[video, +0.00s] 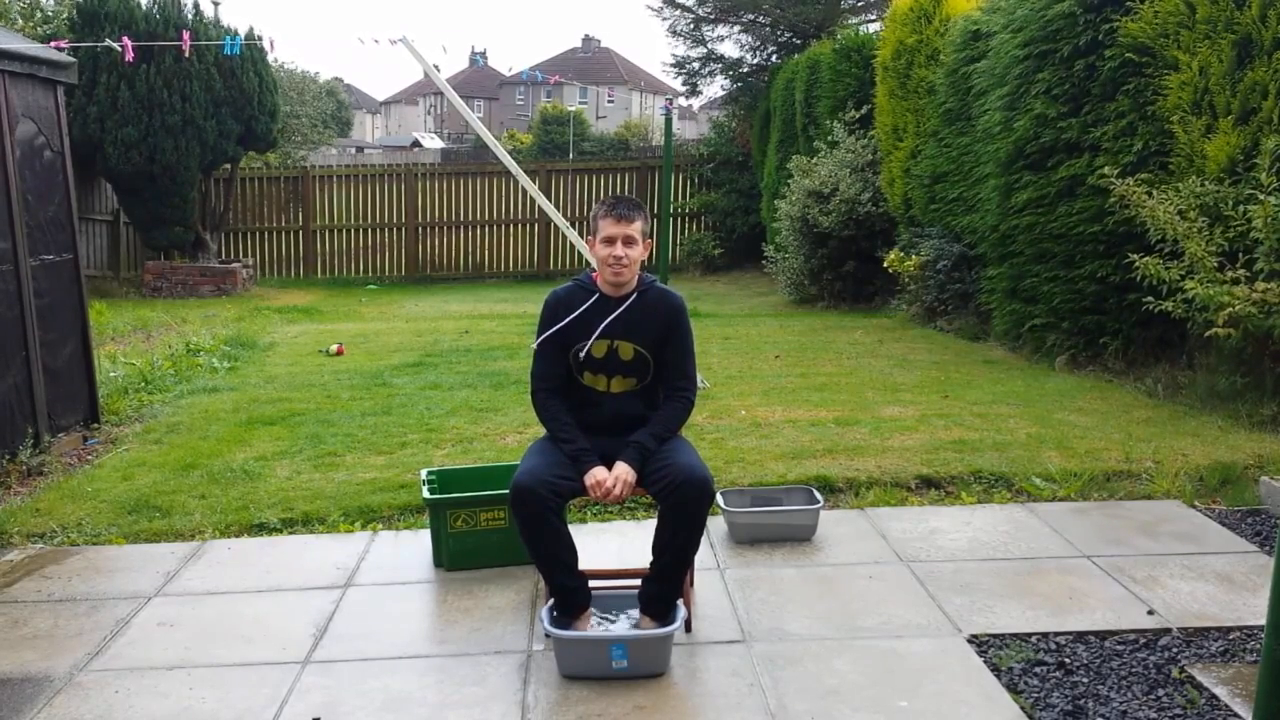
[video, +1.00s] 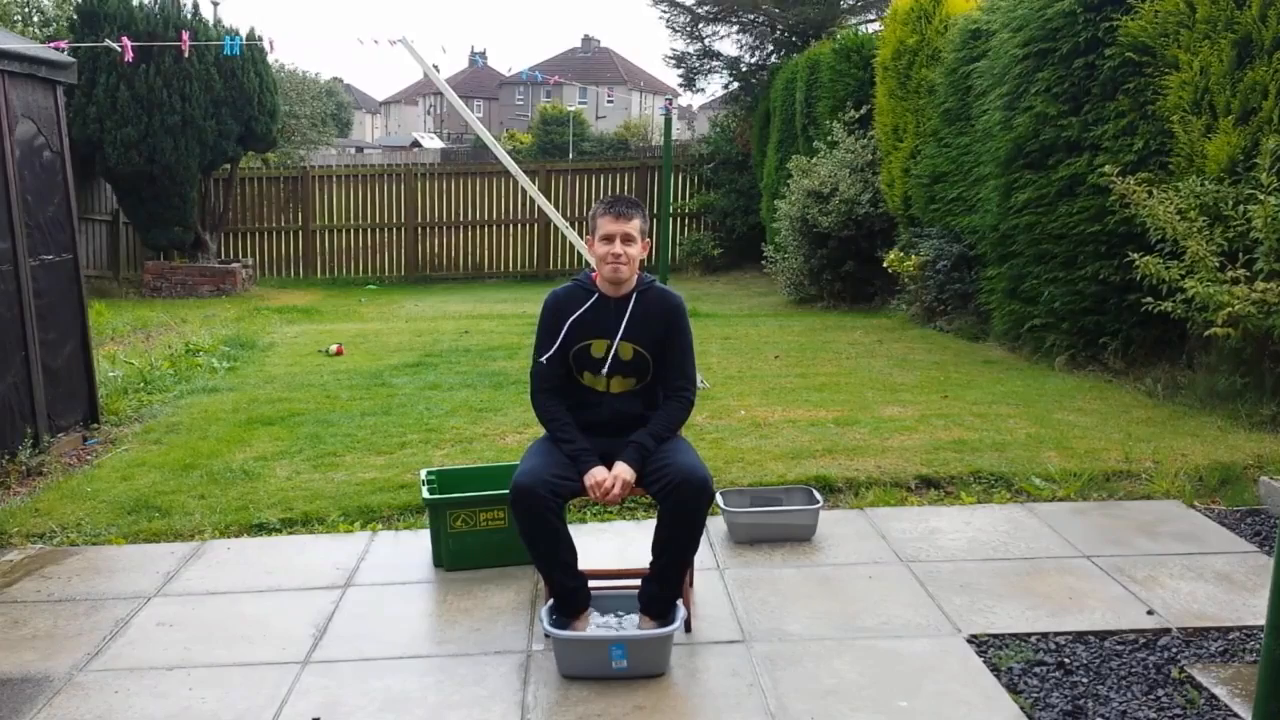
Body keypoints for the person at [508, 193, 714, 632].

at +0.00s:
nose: (618, 252)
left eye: (629, 242)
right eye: (608, 241)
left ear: (646, 249)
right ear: (590, 246)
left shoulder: (667, 307)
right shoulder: (562, 303)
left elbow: (681, 394)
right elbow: (545, 392)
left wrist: (633, 457)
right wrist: (587, 462)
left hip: (649, 436)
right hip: (574, 438)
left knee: (694, 485)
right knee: (528, 489)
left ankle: (657, 606)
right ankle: (573, 605)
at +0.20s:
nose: (617, 253)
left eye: (628, 243)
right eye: (607, 242)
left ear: (645, 249)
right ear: (591, 246)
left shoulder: (666, 307)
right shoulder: (562, 304)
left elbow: (680, 395)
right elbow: (545, 393)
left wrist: (633, 458)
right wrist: (586, 461)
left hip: (648, 436)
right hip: (574, 438)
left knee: (693, 485)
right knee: (527, 489)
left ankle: (658, 603)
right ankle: (571, 601)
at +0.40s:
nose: (616, 251)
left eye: (627, 241)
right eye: (606, 240)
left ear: (644, 248)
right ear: (590, 246)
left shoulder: (666, 307)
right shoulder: (562, 303)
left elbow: (680, 395)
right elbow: (545, 392)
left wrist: (633, 458)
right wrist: (587, 462)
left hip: (648, 436)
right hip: (574, 438)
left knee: (693, 485)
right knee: (527, 489)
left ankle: (656, 607)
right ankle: (573, 606)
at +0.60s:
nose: (616, 250)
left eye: (627, 240)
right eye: (606, 240)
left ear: (644, 248)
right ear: (589, 246)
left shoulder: (666, 307)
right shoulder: (561, 303)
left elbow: (680, 395)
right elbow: (545, 392)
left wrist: (633, 458)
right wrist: (587, 461)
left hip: (648, 436)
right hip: (574, 438)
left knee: (693, 484)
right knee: (527, 489)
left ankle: (657, 606)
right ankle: (573, 605)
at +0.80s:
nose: (617, 249)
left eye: (628, 239)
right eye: (606, 239)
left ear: (644, 248)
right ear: (589, 246)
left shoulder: (666, 307)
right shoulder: (562, 304)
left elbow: (680, 395)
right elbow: (545, 393)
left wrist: (633, 457)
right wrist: (587, 462)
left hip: (649, 436)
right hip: (574, 438)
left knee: (693, 485)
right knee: (527, 490)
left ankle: (656, 606)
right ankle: (573, 605)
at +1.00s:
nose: (616, 250)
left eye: (628, 240)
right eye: (606, 240)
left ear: (645, 248)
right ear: (590, 247)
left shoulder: (666, 307)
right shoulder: (562, 304)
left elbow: (680, 395)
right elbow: (545, 394)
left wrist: (633, 458)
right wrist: (587, 462)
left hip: (648, 436)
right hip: (574, 438)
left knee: (693, 484)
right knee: (527, 489)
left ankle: (658, 604)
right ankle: (571, 602)